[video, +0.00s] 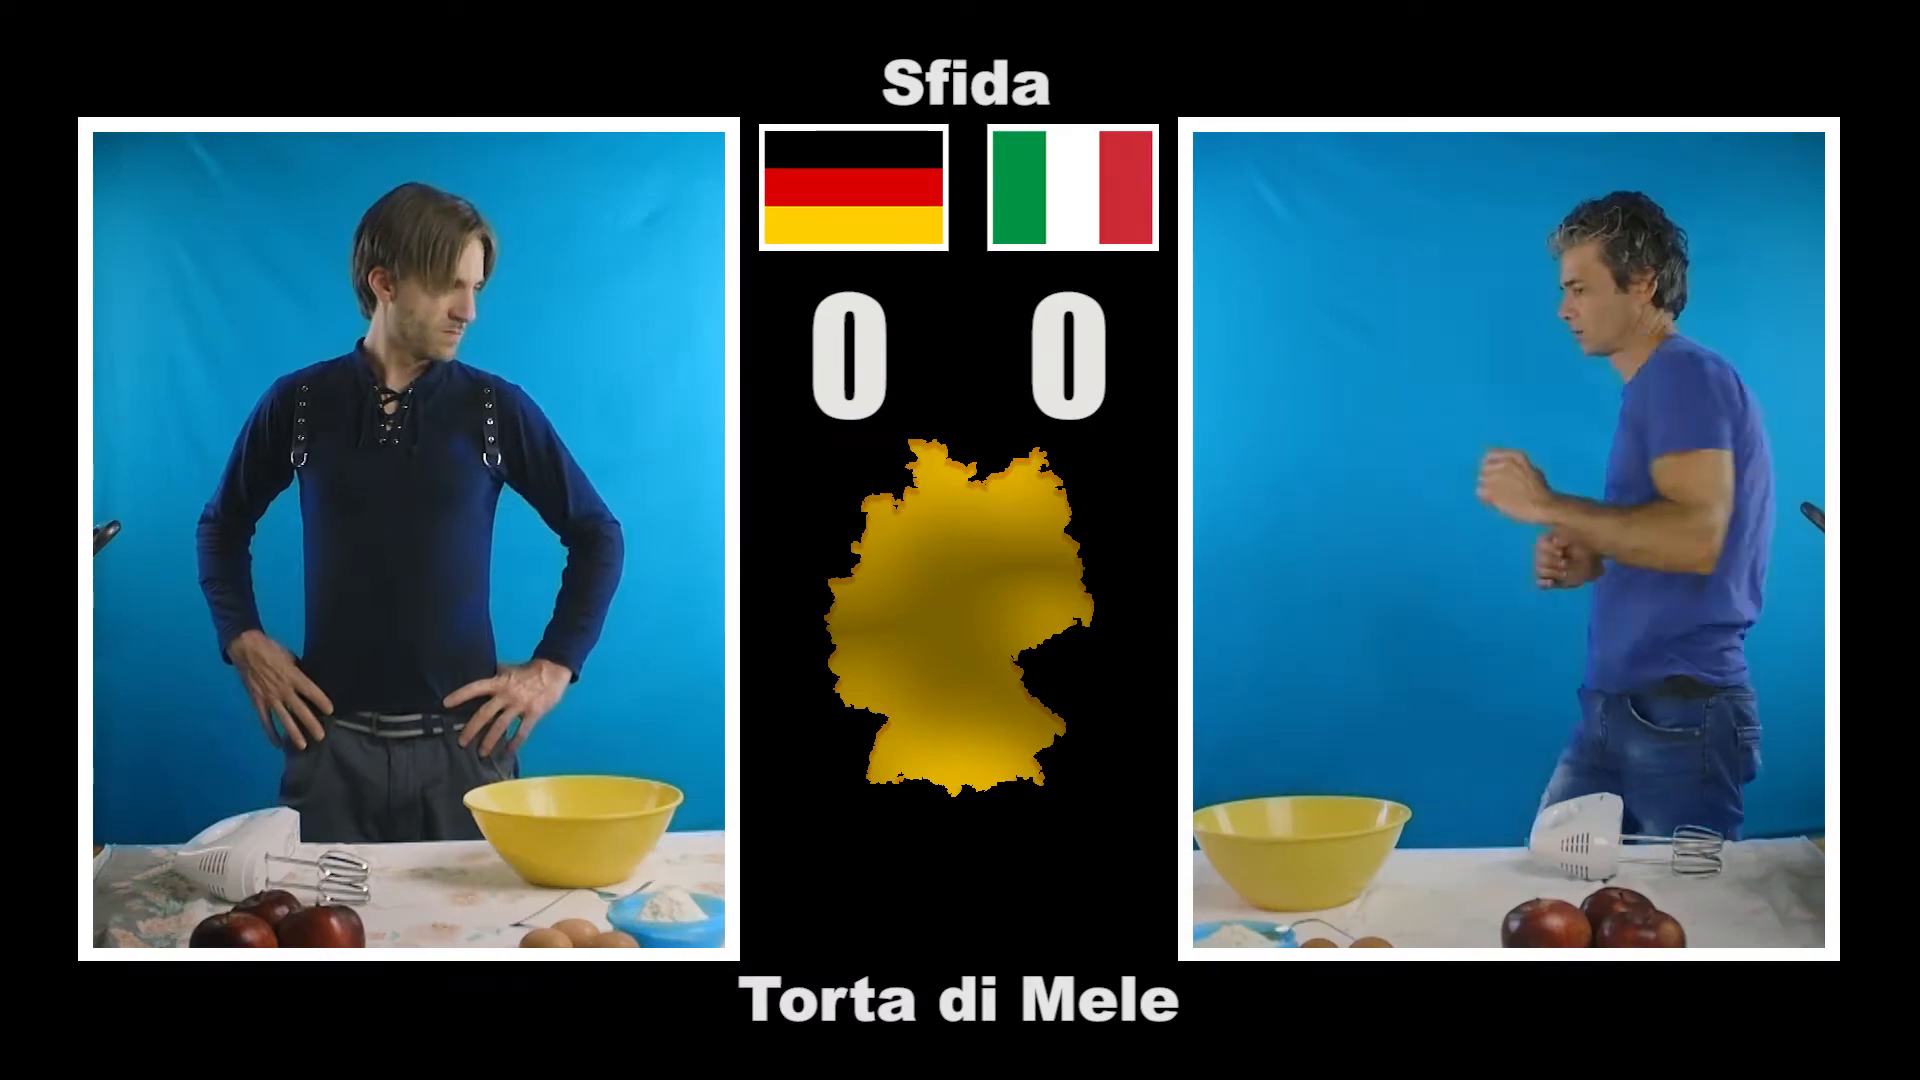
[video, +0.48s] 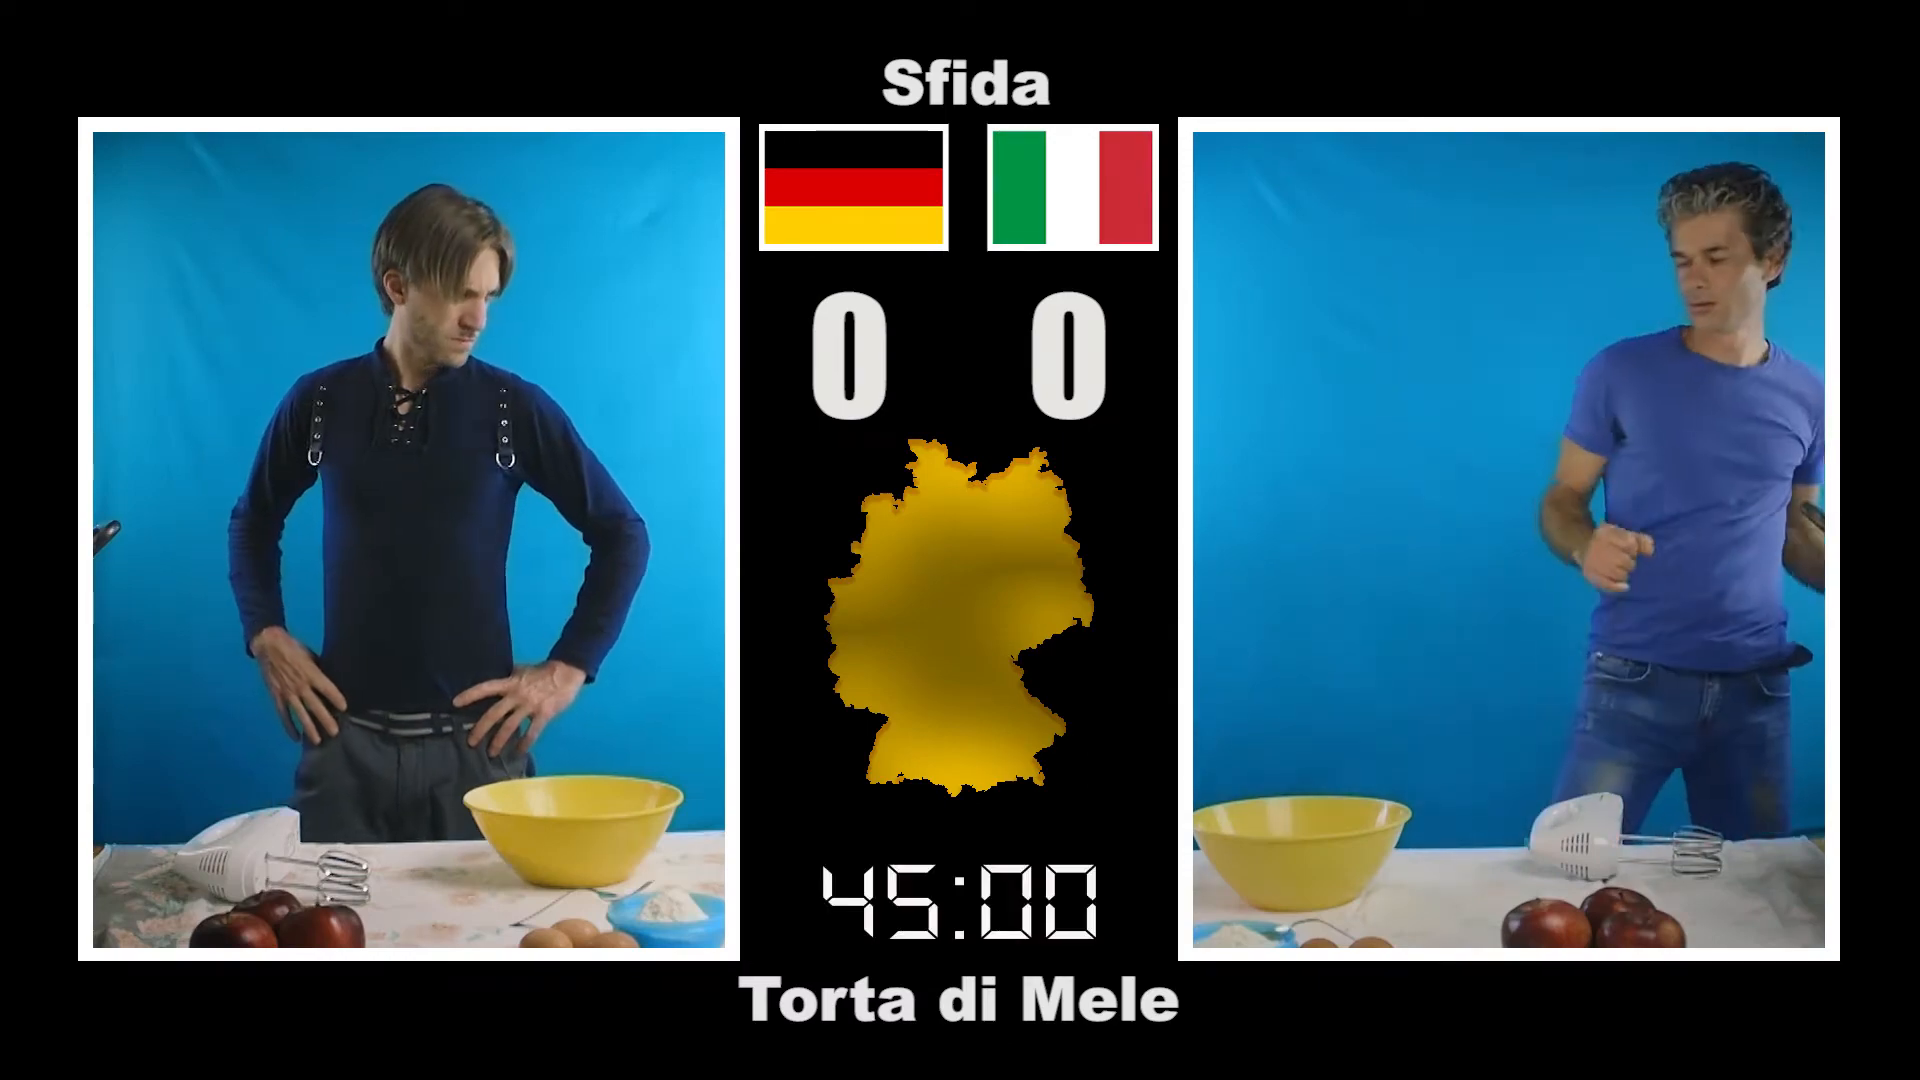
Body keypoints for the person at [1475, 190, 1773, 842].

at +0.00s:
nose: (1564, 310)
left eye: (1578, 288)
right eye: (1564, 291)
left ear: (1642, 284)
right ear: (1636, 287)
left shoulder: (1685, 377)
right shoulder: (1648, 394)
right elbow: (1673, 541)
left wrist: (1546, 505)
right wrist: (1595, 558)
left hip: (1686, 715)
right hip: (1612, 707)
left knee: (1680, 919)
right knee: (1553, 895)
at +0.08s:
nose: (1576, 301)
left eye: (1590, 280)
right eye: (1574, 284)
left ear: (1656, 277)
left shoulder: (1734, 374)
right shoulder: (1618, 418)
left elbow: (1770, 523)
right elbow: (1647, 561)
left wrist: (1612, 499)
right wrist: (1563, 569)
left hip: (1710, 703)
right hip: (1613, 700)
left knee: (1708, 910)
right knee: (1555, 889)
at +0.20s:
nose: (1611, 298)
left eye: (1628, 276)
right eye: (1606, 281)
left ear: (1693, 270)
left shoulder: (1785, 383)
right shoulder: (1598, 404)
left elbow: (1829, 506)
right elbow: (1544, 506)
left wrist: (1737, 484)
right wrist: (1527, 558)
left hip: (1739, 697)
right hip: (1623, 693)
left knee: (1736, 897)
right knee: (1560, 878)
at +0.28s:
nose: (1639, 294)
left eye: (1657, 273)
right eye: (1630, 277)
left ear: (1721, 268)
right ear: (1623, 279)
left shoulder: (1796, 388)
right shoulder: (1601, 393)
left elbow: (1832, 521)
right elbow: (1510, 495)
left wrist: (1813, 493)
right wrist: (1521, 563)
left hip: (1754, 696)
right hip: (1628, 693)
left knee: (1751, 899)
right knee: (1572, 887)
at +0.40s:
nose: (1677, 280)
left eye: (1697, 259)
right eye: (1665, 262)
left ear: (1754, 260)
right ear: (1654, 266)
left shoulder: (1802, 391)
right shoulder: (1611, 376)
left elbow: (1825, 530)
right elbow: (1540, 493)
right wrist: (1551, 547)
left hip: (1757, 687)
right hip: (1633, 682)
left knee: (1755, 893)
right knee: (1579, 883)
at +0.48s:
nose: (1694, 280)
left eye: (1716, 259)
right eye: (1682, 261)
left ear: (1770, 262)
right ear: (1671, 265)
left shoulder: (1806, 396)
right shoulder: (1619, 374)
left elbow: (1797, 527)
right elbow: (1561, 502)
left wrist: (1835, 575)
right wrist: (1583, 545)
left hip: (1754, 687)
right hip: (1631, 681)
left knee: (1757, 893)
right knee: (1571, 879)